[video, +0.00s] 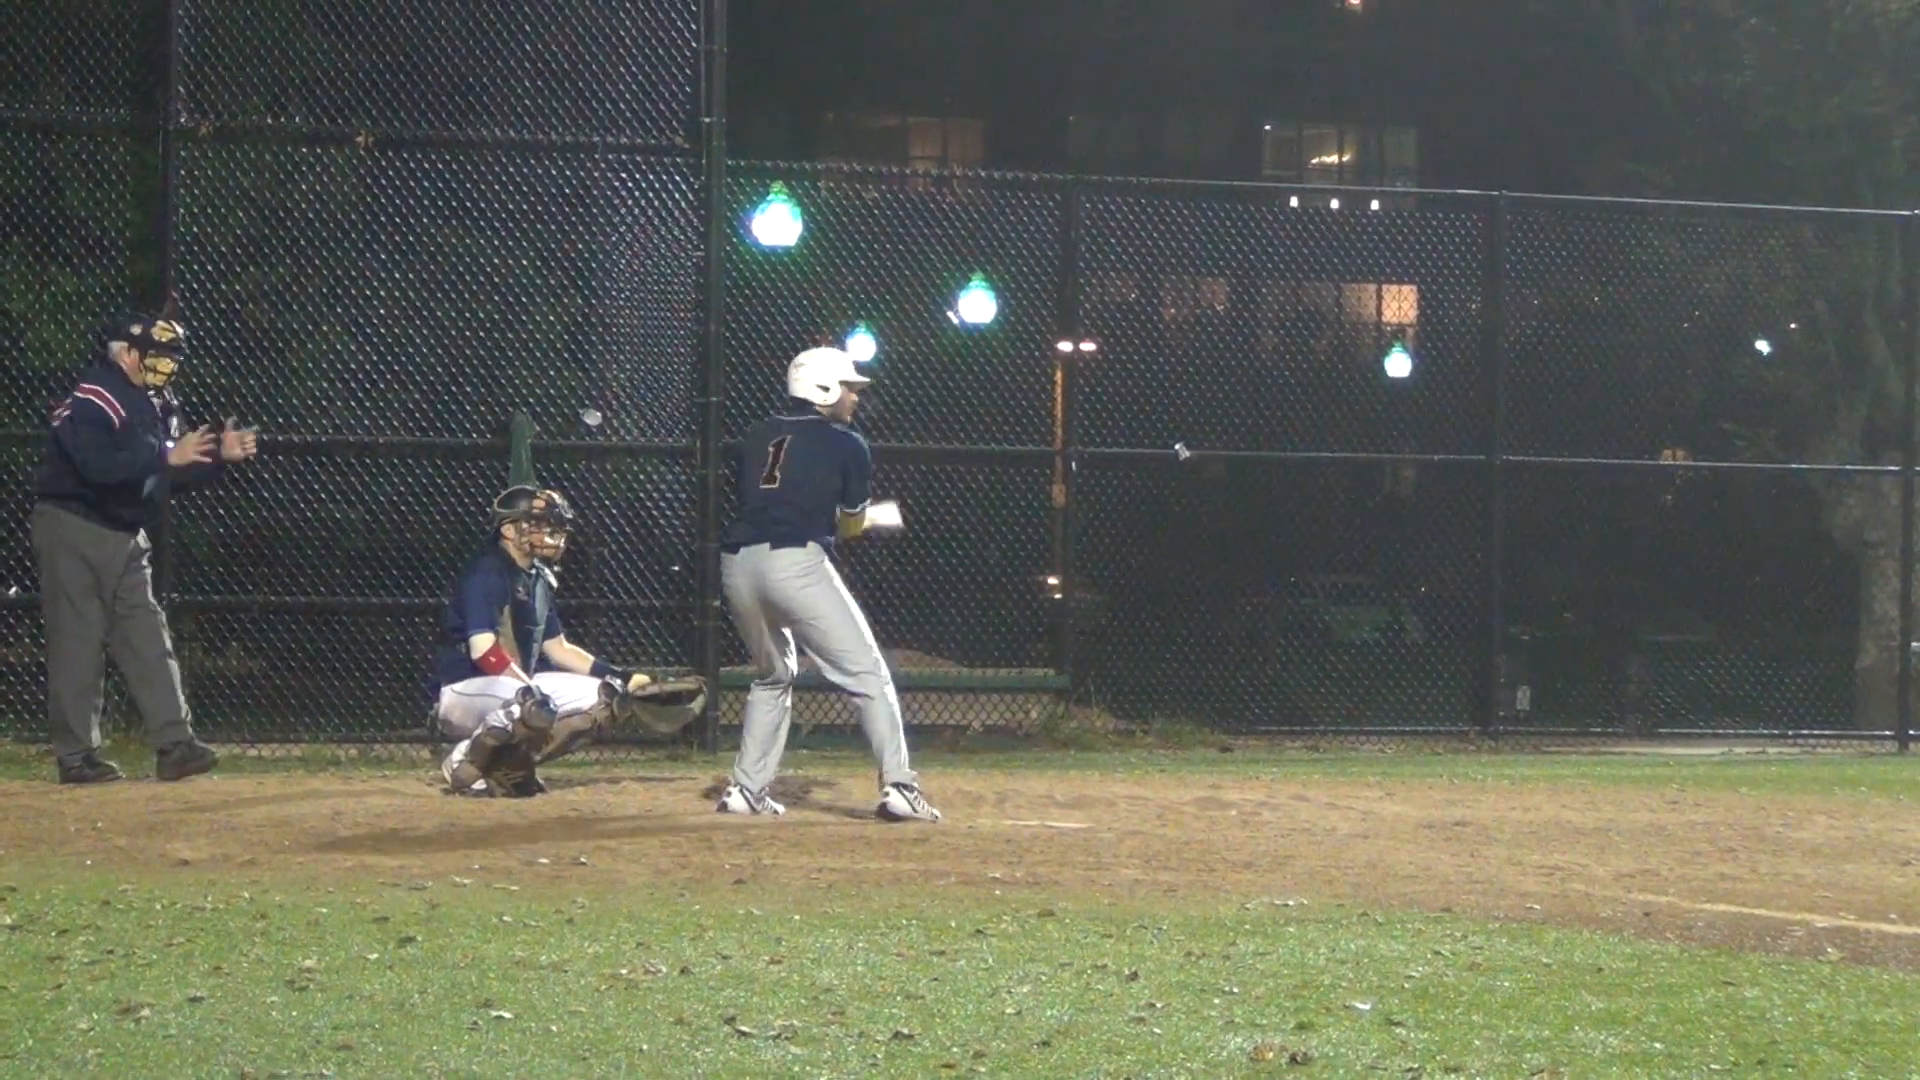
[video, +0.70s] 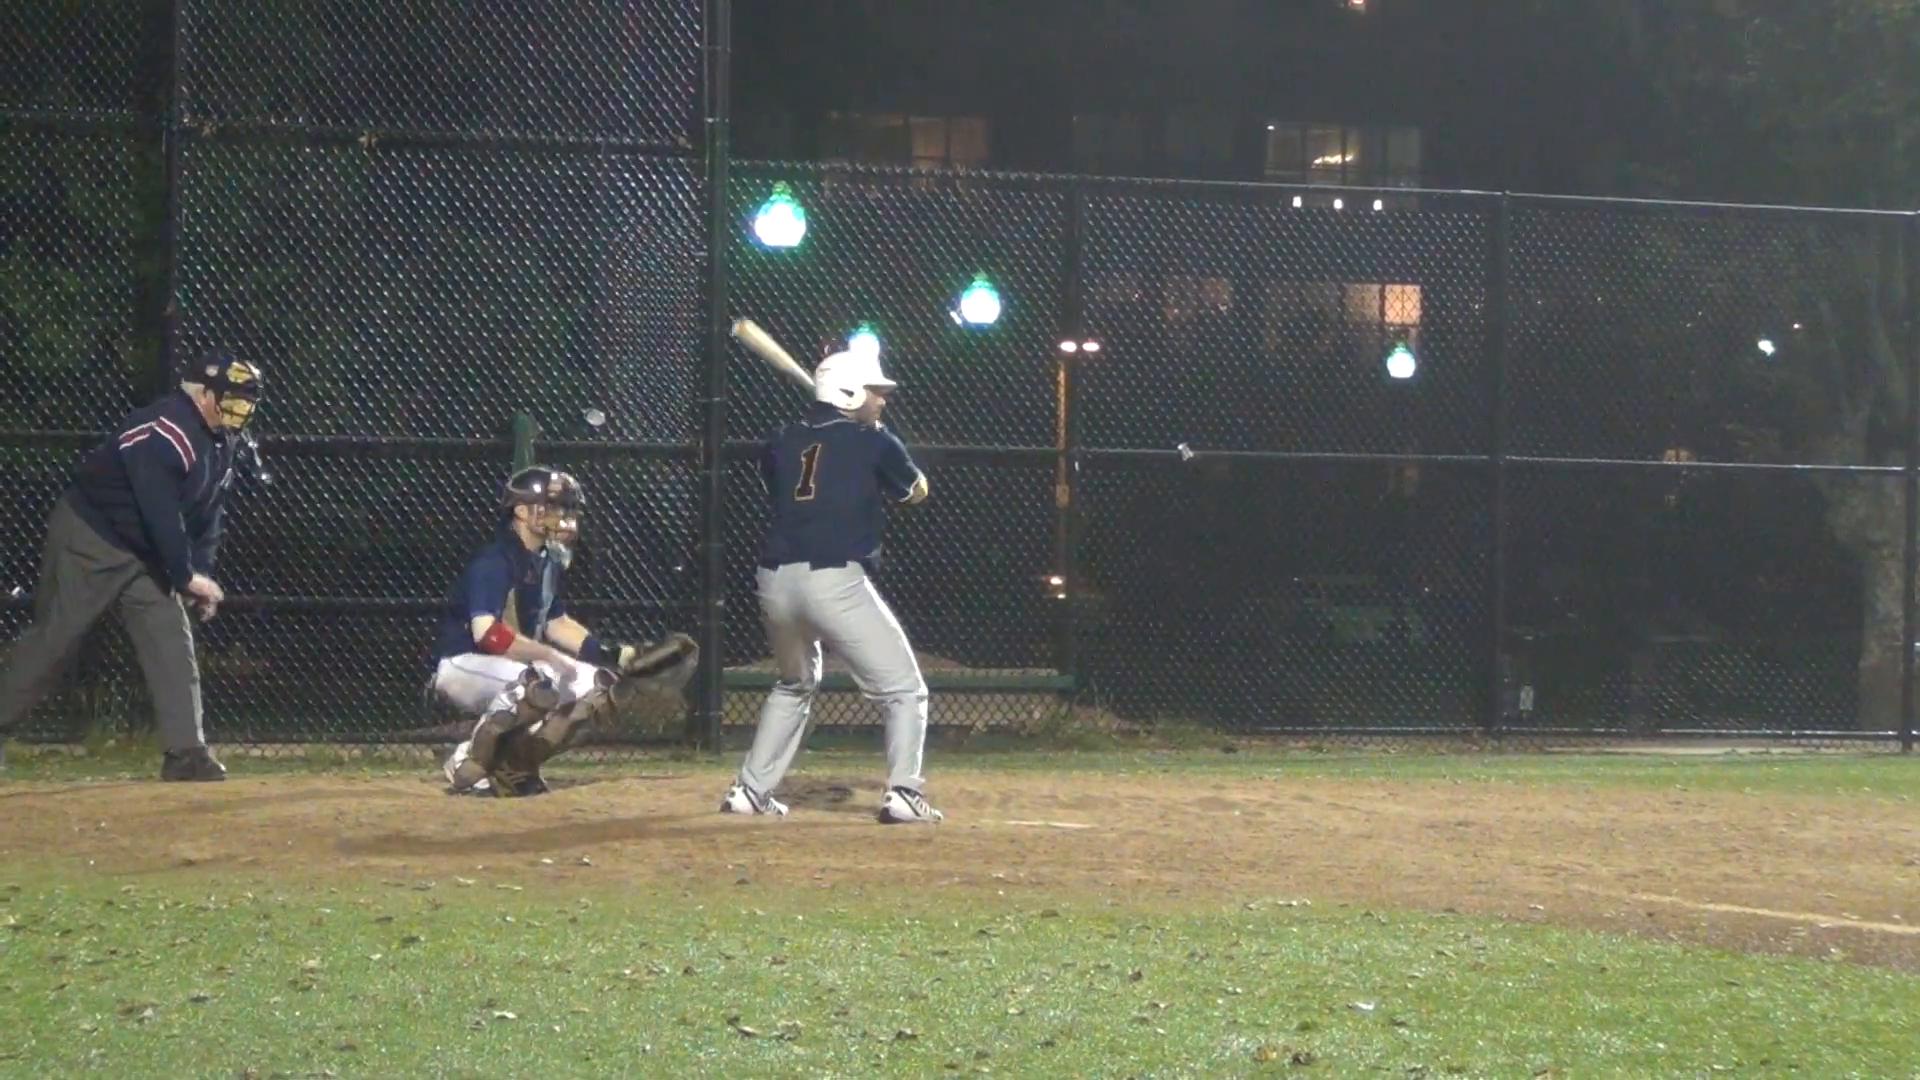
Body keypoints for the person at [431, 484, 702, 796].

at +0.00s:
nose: (548, 535)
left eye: (552, 527)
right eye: (537, 525)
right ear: (508, 531)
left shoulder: (537, 577)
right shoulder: (486, 573)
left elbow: (558, 648)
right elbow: (484, 651)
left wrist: (621, 677)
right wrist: (532, 694)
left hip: (515, 684)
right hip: (463, 691)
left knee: (604, 695)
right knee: (534, 707)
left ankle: (513, 766)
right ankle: (464, 765)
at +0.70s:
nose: (562, 518)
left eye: (564, 510)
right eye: (552, 509)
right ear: (523, 512)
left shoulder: (547, 562)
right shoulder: (494, 560)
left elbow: (555, 623)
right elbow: (487, 634)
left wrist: (615, 656)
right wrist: (546, 655)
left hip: (519, 661)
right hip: (463, 664)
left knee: (599, 685)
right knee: (538, 684)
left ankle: (516, 766)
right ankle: (467, 767)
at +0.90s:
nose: (567, 483)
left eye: (569, 475)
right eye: (557, 474)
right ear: (528, 477)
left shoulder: (555, 521)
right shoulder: (495, 522)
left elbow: (558, 575)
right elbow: (499, 601)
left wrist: (603, 606)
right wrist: (565, 614)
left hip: (521, 621)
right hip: (465, 625)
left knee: (598, 653)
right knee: (536, 660)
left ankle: (542, 751)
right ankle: (483, 760)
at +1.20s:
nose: (578, 537)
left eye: (580, 529)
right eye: (568, 529)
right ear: (537, 531)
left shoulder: (569, 571)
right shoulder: (506, 573)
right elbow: (528, 640)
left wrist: (601, 613)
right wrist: (594, 627)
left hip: (536, 667)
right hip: (473, 675)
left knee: (624, 664)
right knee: (534, 686)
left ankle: (585, 763)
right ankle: (484, 771)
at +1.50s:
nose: (590, 550)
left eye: (592, 543)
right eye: (580, 543)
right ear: (551, 546)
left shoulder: (587, 589)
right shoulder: (519, 584)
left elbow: (601, 634)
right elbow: (514, 646)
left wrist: (634, 638)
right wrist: (587, 643)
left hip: (554, 682)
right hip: (488, 690)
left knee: (638, 675)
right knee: (544, 682)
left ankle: (586, 764)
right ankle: (491, 773)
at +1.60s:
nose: (594, 552)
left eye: (596, 544)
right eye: (585, 544)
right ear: (555, 547)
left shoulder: (589, 593)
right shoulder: (521, 585)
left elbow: (627, 639)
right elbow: (502, 649)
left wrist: (657, 642)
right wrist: (563, 654)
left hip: (559, 686)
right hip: (492, 690)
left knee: (639, 674)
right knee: (551, 681)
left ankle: (589, 762)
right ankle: (492, 772)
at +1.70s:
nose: (599, 554)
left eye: (600, 546)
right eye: (589, 546)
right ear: (560, 550)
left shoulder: (593, 593)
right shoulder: (527, 586)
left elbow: (634, 637)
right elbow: (491, 650)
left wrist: (673, 647)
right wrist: (536, 676)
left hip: (555, 688)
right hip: (496, 691)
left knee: (637, 677)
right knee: (548, 680)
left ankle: (589, 764)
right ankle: (493, 772)